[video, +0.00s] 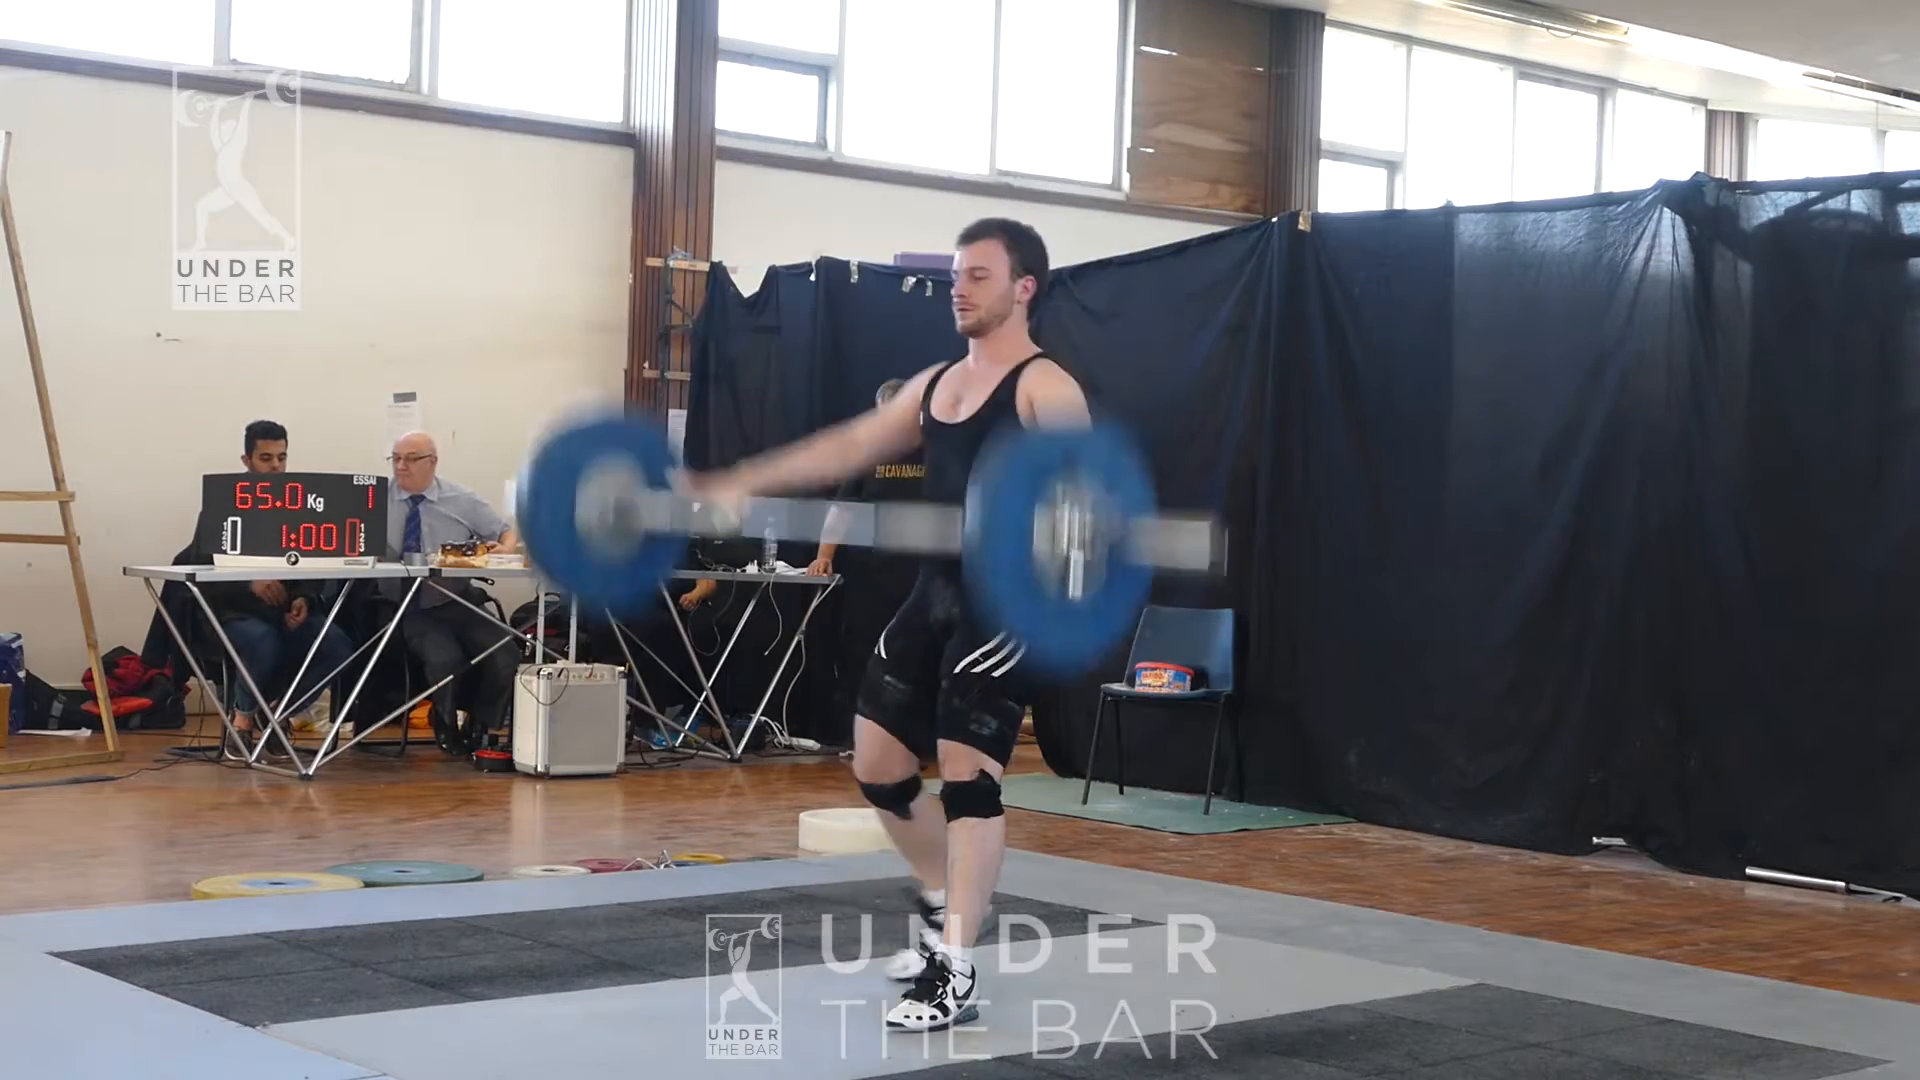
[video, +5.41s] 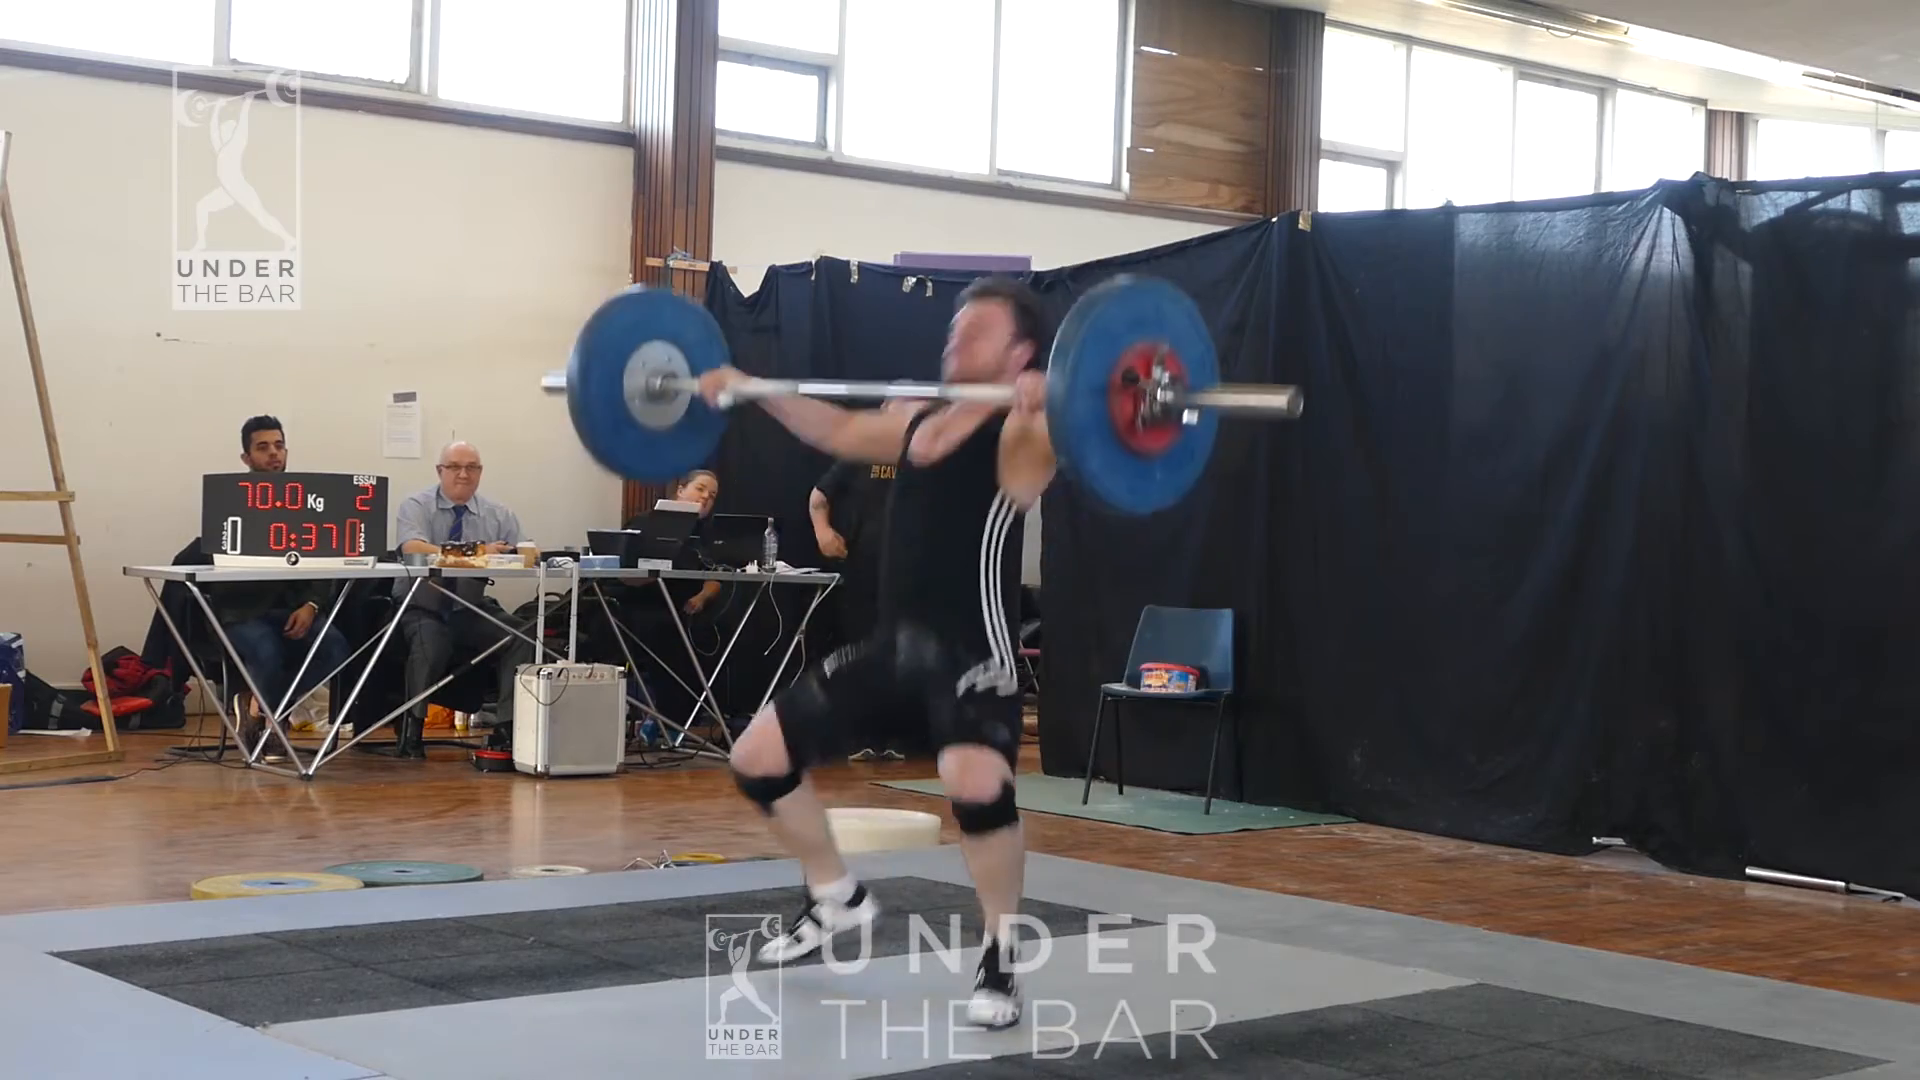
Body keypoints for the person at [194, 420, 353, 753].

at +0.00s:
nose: (275, 466)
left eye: (281, 458)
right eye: (266, 458)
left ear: (287, 457)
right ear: (247, 460)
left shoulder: (297, 498)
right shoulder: (228, 500)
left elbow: (317, 557)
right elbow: (203, 561)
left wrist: (304, 597)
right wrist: (250, 580)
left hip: (287, 608)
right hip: (237, 607)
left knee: (336, 645)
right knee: (265, 642)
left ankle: (278, 716)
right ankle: (241, 719)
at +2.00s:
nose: (270, 454)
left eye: (276, 446)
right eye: (260, 448)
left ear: (283, 450)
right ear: (243, 457)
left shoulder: (301, 497)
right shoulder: (232, 499)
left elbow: (324, 558)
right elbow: (202, 558)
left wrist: (311, 605)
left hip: (291, 608)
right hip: (243, 610)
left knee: (332, 646)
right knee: (266, 647)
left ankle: (252, 706)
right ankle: (274, 727)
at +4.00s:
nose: (272, 453)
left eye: (277, 446)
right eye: (261, 447)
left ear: (285, 451)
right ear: (245, 458)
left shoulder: (303, 497)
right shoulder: (233, 500)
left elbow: (328, 557)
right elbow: (223, 559)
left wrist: (312, 605)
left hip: (294, 607)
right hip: (245, 610)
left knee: (335, 648)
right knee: (268, 651)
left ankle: (257, 708)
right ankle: (273, 733)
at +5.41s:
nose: (274, 454)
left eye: (279, 446)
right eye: (263, 447)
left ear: (286, 451)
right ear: (247, 457)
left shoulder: (303, 497)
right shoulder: (233, 498)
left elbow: (327, 557)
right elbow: (219, 558)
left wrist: (312, 605)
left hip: (293, 606)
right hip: (244, 608)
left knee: (334, 648)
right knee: (267, 653)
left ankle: (255, 706)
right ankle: (272, 728)